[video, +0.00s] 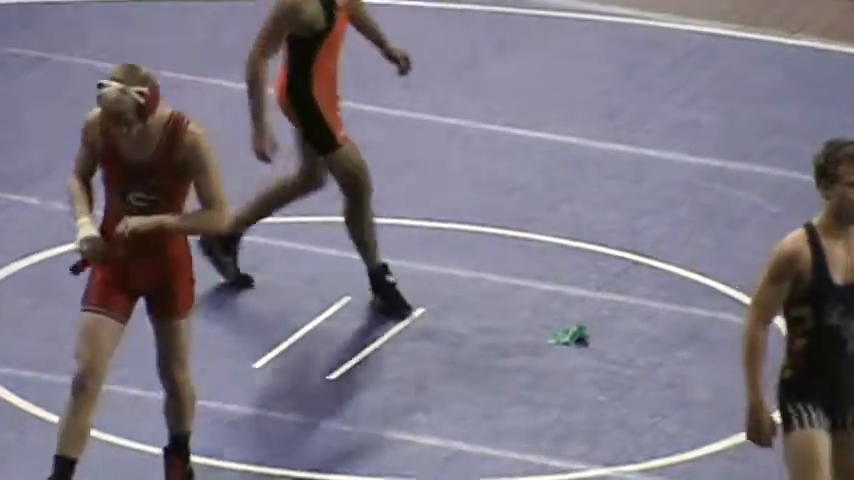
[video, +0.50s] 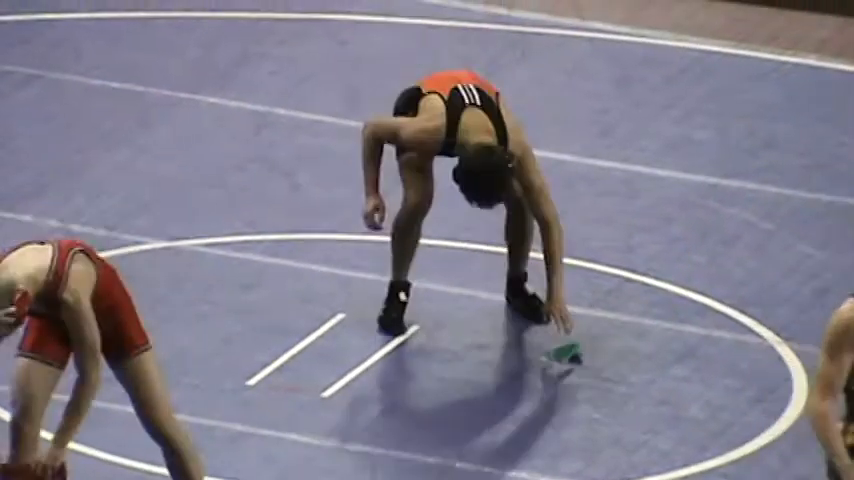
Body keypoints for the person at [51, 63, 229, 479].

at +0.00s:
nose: (114, 130)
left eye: (123, 122)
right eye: (109, 120)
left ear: (149, 111)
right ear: (104, 110)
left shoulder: (188, 139)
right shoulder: (98, 127)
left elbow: (220, 217)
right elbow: (81, 176)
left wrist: (155, 222)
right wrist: (86, 225)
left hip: (167, 262)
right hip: (113, 257)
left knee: (175, 375)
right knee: (86, 376)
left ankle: (178, 461)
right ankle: (61, 472)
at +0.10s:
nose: (73, 134)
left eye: (81, 127)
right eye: (73, 127)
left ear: (113, 124)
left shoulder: (160, 159)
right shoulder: (68, 155)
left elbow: (194, 238)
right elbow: (57, 207)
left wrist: (131, 260)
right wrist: (57, 259)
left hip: (153, 281)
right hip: (96, 280)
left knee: (167, 394)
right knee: (67, 400)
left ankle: (174, 461)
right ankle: (48, 473)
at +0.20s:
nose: (51, 191)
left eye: (58, 183)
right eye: (47, 182)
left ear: (82, 168)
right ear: (40, 172)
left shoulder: (130, 188)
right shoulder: (38, 190)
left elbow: (166, 266)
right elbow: (24, 247)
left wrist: (110, 307)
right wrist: (31, 307)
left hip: (135, 293)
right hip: (81, 292)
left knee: (167, 418)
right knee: (48, 414)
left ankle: (179, 456)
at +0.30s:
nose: (19, 236)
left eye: (22, 227)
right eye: (14, 228)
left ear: (44, 211)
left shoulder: (97, 216)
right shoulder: (13, 225)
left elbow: (132, 299)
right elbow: (2, 289)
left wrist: (82, 355)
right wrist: (5, 358)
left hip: (117, 302)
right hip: (66, 305)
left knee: (162, 426)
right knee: (34, 419)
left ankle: (177, 457)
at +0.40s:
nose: (10, 292)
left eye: (14, 284)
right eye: (6, 286)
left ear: (31, 256)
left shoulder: (83, 258)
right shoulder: (13, 251)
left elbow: (106, 344)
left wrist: (65, 406)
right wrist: (4, 416)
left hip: (109, 293)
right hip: (58, 298)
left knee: (166, 426)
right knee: (29, 424)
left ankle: (183, 474)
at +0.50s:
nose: (10, 331)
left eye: (8, 328)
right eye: (6, 328)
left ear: (19, 309)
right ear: (12, 309)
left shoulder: (71, 292)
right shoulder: (6, 281)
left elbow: (90, 376)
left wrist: (58, 447)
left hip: (103, 301)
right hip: (48, 308)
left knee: (159, 423)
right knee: (22, 420)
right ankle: (22, 471)